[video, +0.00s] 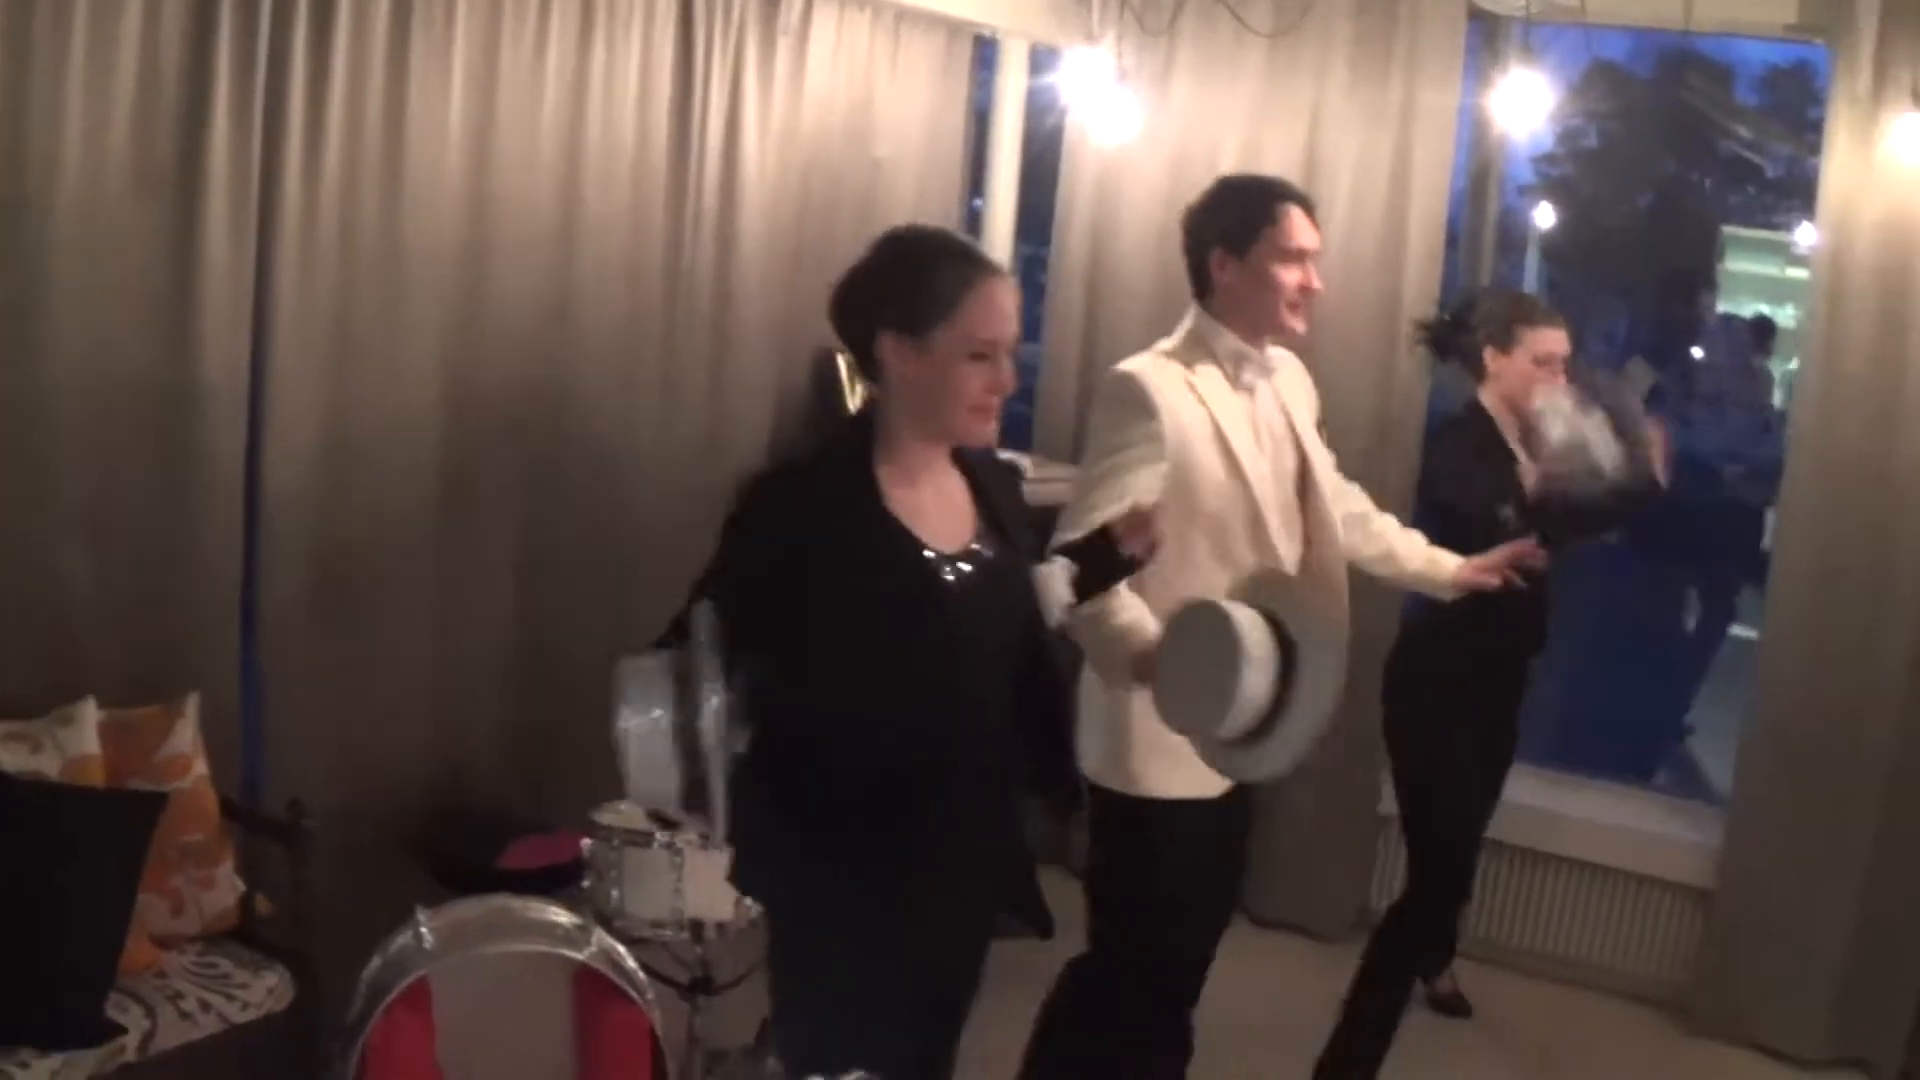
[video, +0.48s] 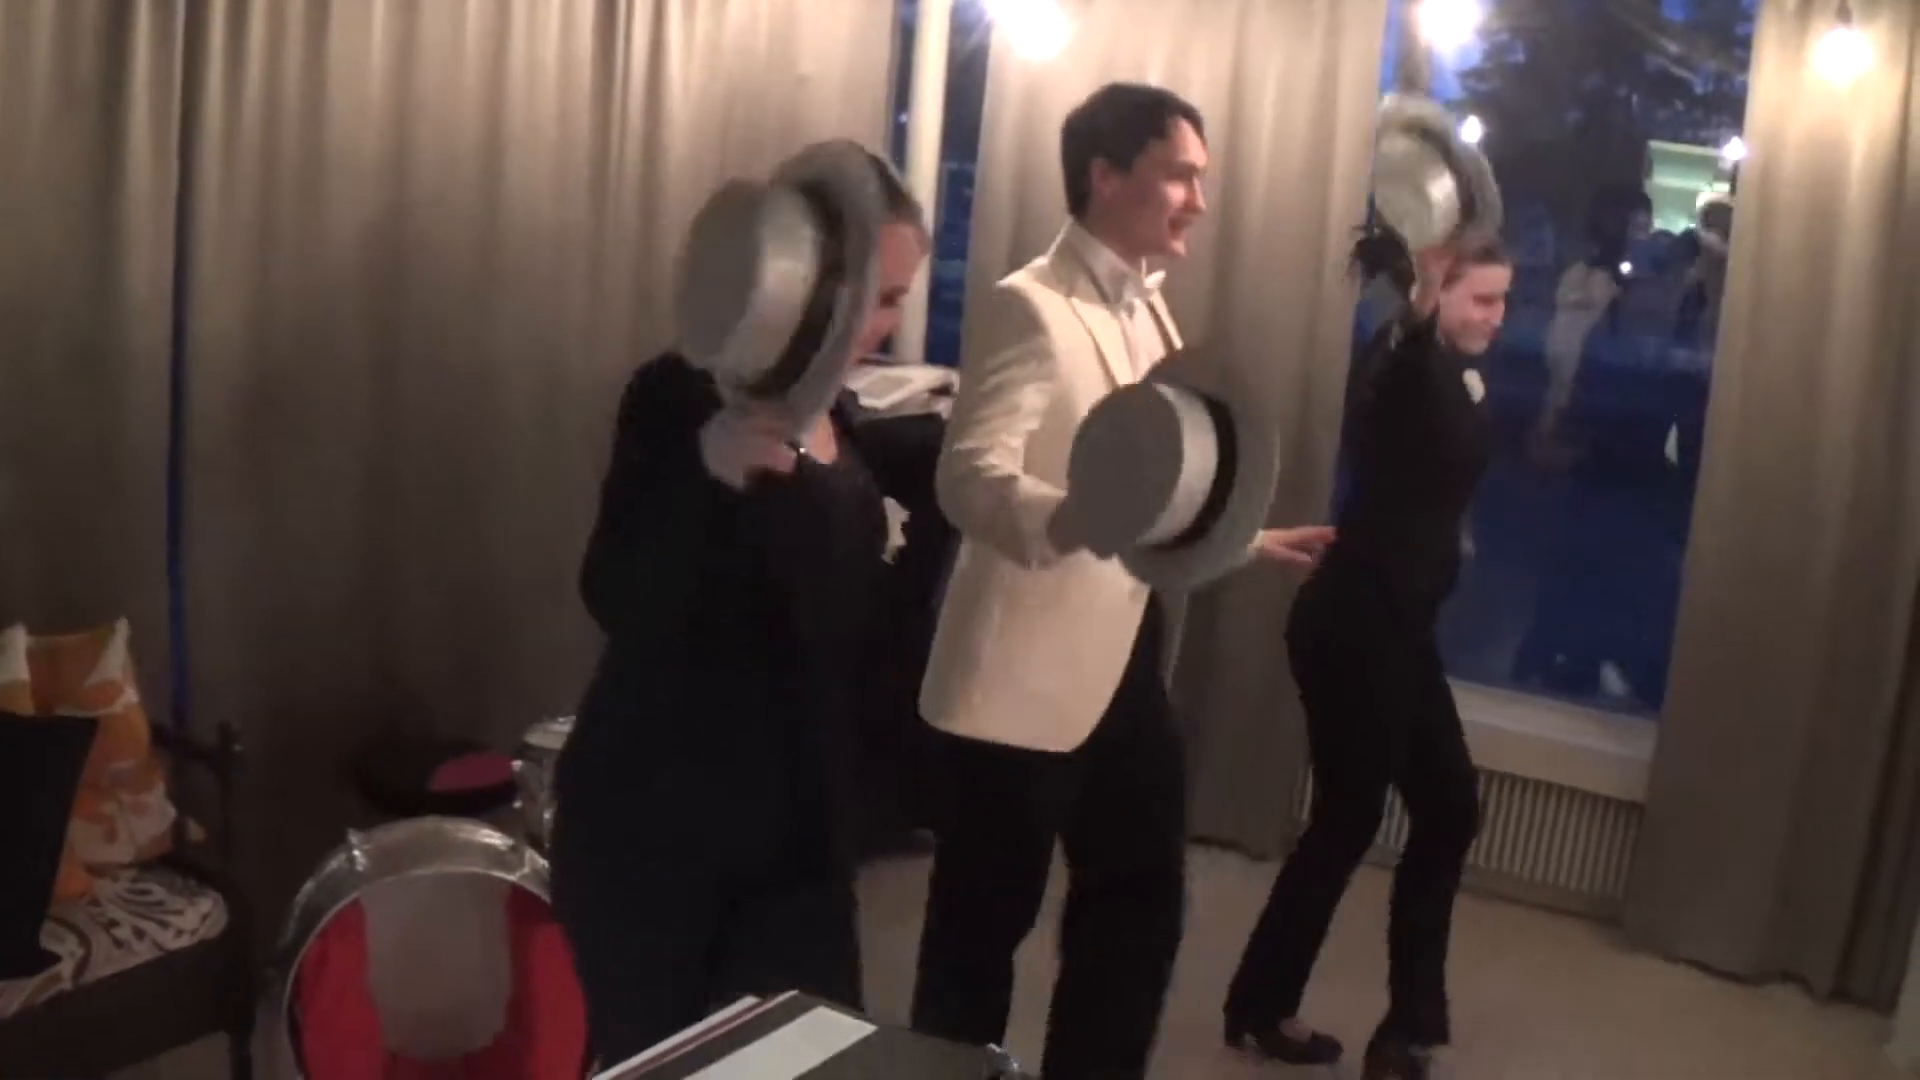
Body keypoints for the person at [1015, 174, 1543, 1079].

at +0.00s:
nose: (1312, 281)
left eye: (1315, 261)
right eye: (1292, 260)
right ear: (1221, 266)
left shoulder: (1285, 378)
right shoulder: (1149, 388)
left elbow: (1336, 511)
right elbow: (1088, 572)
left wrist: (1453, 571)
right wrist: (1163, 658)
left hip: (1230, 737)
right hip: (1147, 748)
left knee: (1176, 970)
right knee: (1131, 972)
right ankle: (1062, 1072)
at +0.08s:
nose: (1280, 265)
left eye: (1283, 246)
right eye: (1259, 244)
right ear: (1187, 249)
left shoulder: (1246, 372)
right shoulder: (1114, 378)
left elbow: (1298, 518)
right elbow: (1051, 548)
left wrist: (1411, 569)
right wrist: (1073, 587)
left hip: (1210, 727)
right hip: (1111, 738)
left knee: (1195, 922)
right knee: (1095, 950)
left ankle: (1139, 1060)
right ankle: (1033, 1068)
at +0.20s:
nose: (1239, 258)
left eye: (1242, 237)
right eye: (1218, 235)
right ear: (1144, 242)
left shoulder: (1194, 372)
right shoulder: (1069, 375)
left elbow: (1223, 541)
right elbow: (1008, 555)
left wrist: (1329, 610)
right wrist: (1078, 651)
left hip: (1160, 716)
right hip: (1056, 728)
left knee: (1239, 871)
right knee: (1051, 951)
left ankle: (1114, 1054)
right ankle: (995, 1070)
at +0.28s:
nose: (1223, 246)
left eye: (1226, 224)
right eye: (1203, 222)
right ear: (1129, 226)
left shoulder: (1172, 358)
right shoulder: (1047, 361)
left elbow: (1191, 530)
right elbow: (990, 543)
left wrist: (1291, 607)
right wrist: (1073, 631)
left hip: (1137, 706)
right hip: (1035, 717)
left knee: (1240, 865)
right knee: (1035, 945)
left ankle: (1092, 1067)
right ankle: (972, 1079)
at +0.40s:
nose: (1207, 210)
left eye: (1211, 189)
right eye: (1189, 186)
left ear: (1134, 194)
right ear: (1113, 188)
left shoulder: (1152, 318)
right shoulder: (1034, 315)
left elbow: (1147, 512)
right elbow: (972, 483)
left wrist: (1260, 559)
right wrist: (1066, 542)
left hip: (1114, 670)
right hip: (1014, 676)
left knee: (1193, 879)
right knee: (1002, 910)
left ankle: (1096, 1078)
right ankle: (958, 1079)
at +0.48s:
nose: (1198, 202)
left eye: (1202, 181)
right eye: (1181, 177)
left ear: (1125, 183)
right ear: (1105, 178)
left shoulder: (1148, 311)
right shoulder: (1025, 306)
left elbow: (1144, 500)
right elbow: (971, 476)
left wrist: (1250, 543)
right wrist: (1071, 520)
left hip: (1122, 672)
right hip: (1015, 674)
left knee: (1134, 915)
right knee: (980, 916)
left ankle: (1094, 1077)